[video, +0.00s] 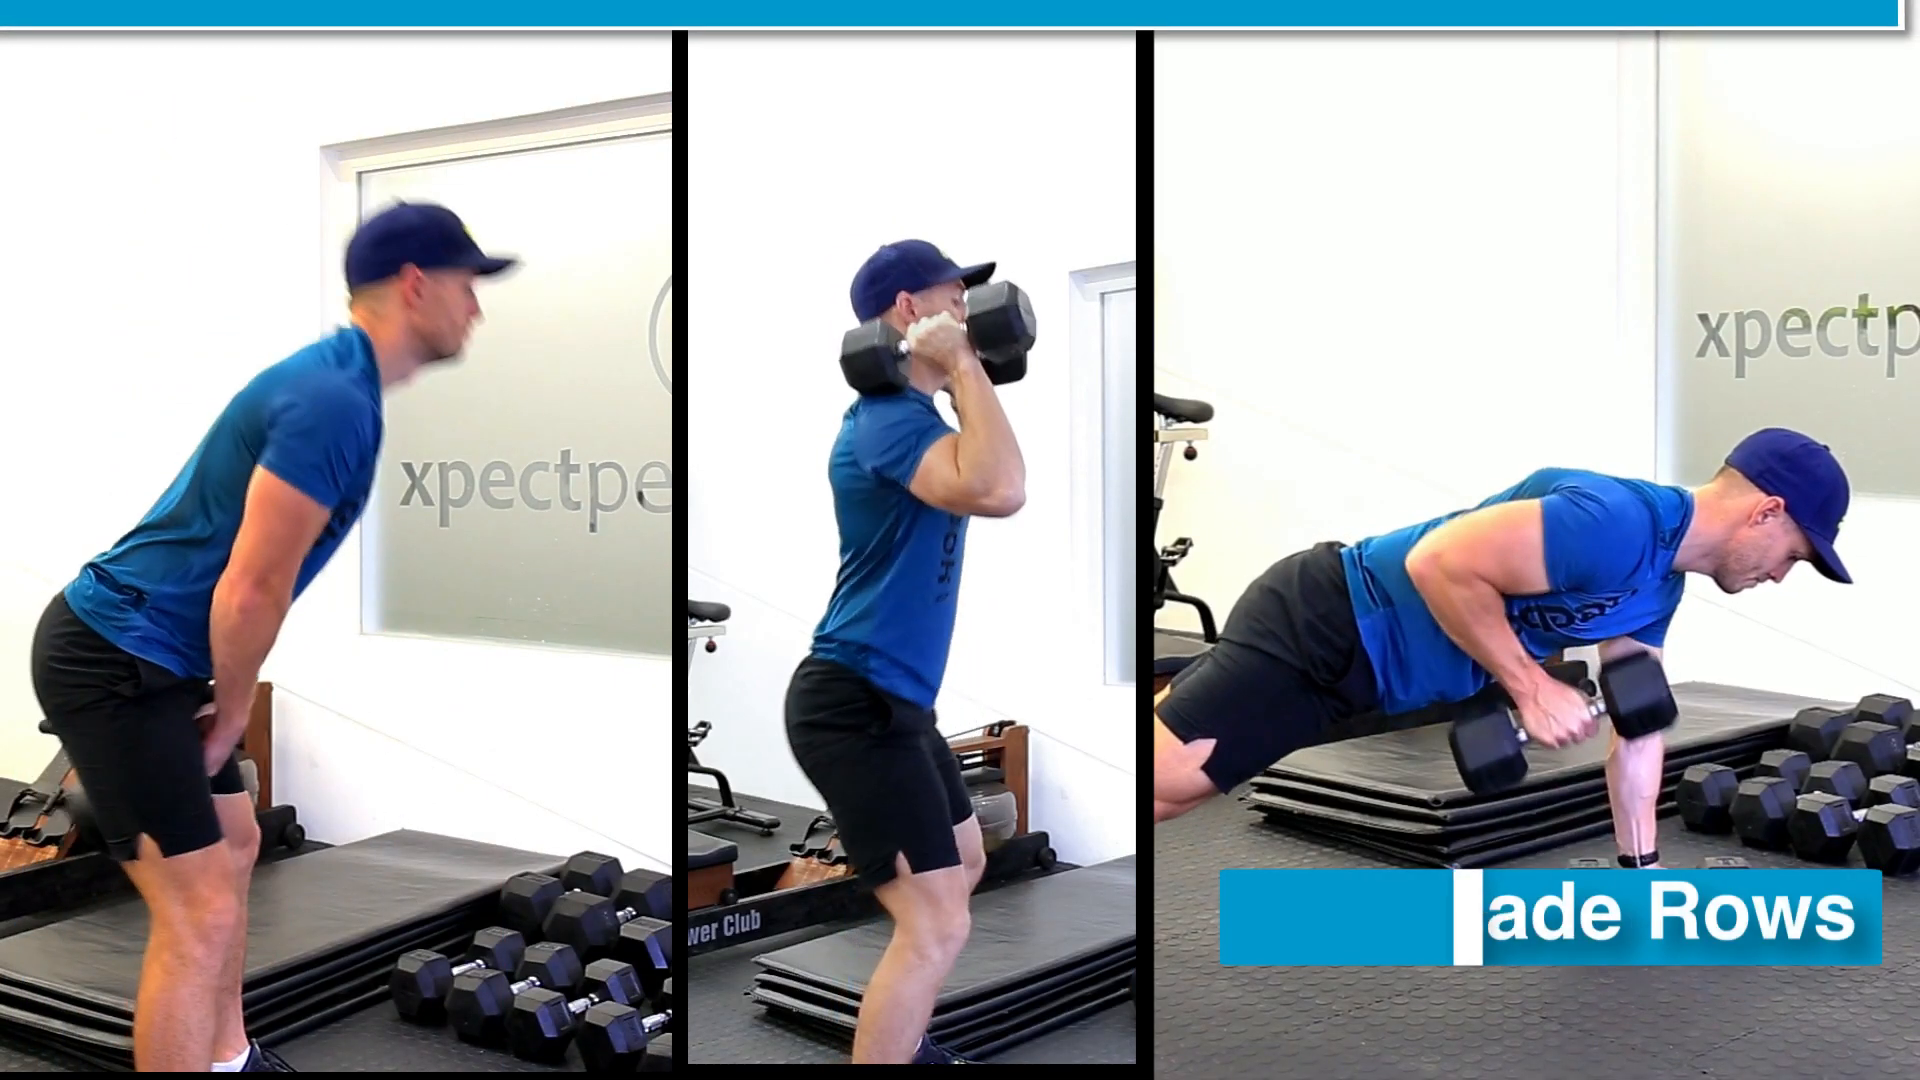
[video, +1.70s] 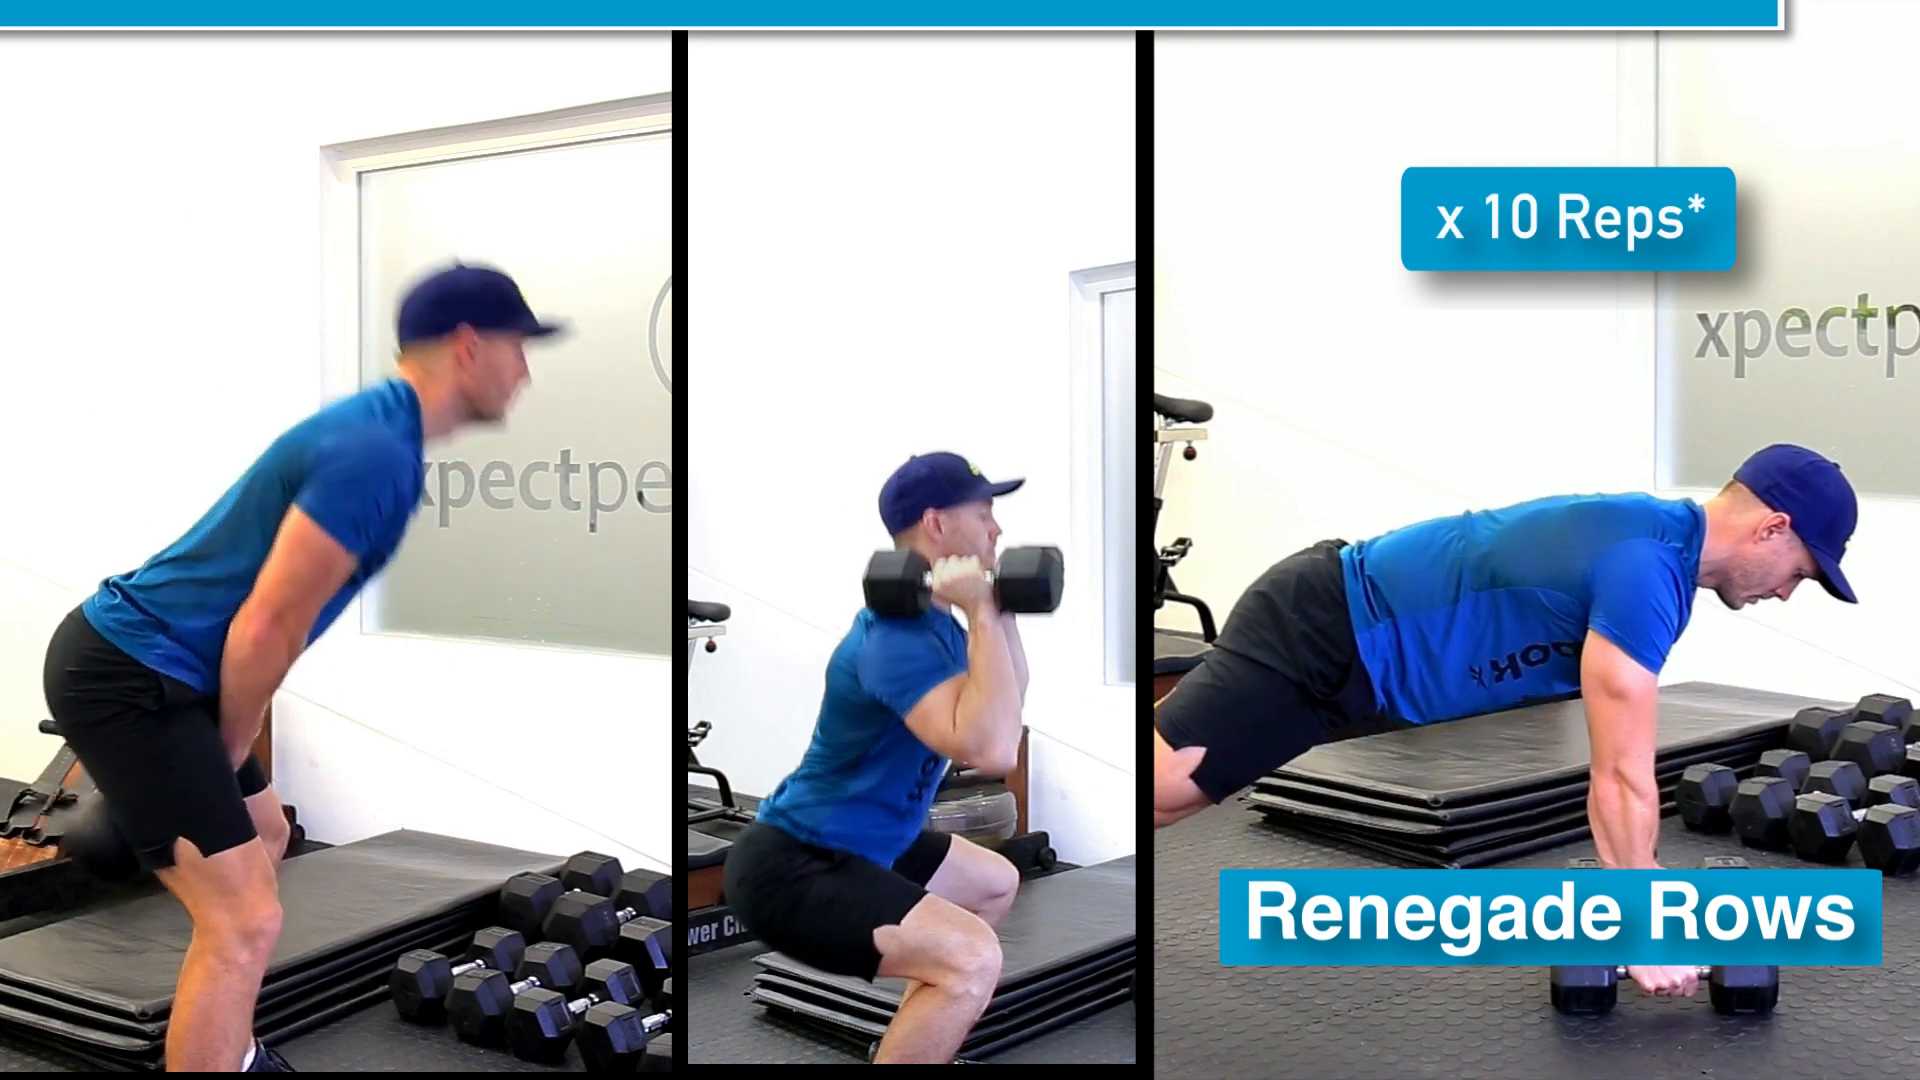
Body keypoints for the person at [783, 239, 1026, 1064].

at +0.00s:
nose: (966, 316)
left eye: (963, 300)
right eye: (951, 301)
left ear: (903, 316)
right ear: (904, 311)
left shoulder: (909, 415)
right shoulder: (885, 419)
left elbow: (995, 487)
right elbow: (1000, 489)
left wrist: (969, 369)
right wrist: (960, 367)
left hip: (893, 698)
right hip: (850, 701)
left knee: (961, 862)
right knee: (934, 928)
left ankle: (896, 1029)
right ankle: (880, 1057)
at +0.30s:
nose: (975, 374)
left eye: (974, 360)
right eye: (965, 360)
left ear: (912, 374)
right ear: (919, 369)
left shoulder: (916, 476)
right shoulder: (891, 482)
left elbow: (992, 548)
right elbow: (1003, 555)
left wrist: (973, 428)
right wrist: (967, 426)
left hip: (868, 742)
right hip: (820, 750)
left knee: (977, 871)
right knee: (950, 944)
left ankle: (913, 1034)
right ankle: (893, 1055)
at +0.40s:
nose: (976, 397)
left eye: (975, 383)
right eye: (967, 383)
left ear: (914, 393)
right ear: (921, 388)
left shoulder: (918, 494)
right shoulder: (891, 501)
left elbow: (984, 566)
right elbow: (1004, 575)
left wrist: (970, 444)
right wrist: (966, 445)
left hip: (868, 754)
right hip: (815, 763)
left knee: (979, 874)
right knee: (953, 948)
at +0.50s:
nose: (981, 434)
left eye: (980, 421)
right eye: (972, 420)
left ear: (921, 428)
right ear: (926, 424)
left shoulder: (926, 527)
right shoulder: (890, 536)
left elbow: (999, 608)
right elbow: (1005, 618)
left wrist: (976, 489)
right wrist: (970, 487)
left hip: (865, 779)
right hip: (805, 793)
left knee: (986, 878)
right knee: (960, 952)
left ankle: (915, 1034)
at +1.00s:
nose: (997, 527)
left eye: (993, 511)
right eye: (985, 511)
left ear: (939, 526)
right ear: (939, 524)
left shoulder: (938, 621)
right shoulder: (896, 633)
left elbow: (1006, 715)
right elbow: (1000, 741)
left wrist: (989, 597)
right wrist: (979, 601)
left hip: (852, 840)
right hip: (789, 864)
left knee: (993, 882)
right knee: (968, 956)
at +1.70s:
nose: (997, 528)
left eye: (991, 512)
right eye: (983, 511)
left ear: (938, 529)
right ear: (935, 526)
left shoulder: (938, 625)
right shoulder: (894, 636)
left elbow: (1004, 724)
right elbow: (990, 750)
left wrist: (997, 609)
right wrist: (984, 612)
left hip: (863, 840)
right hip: (794, 863)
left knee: (996, 882)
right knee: (971, 959)